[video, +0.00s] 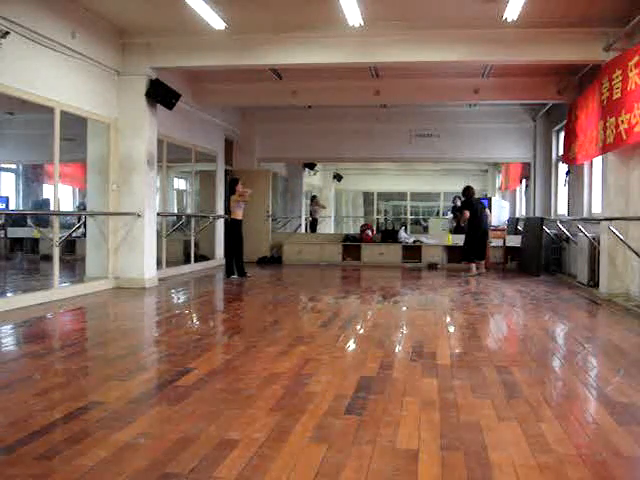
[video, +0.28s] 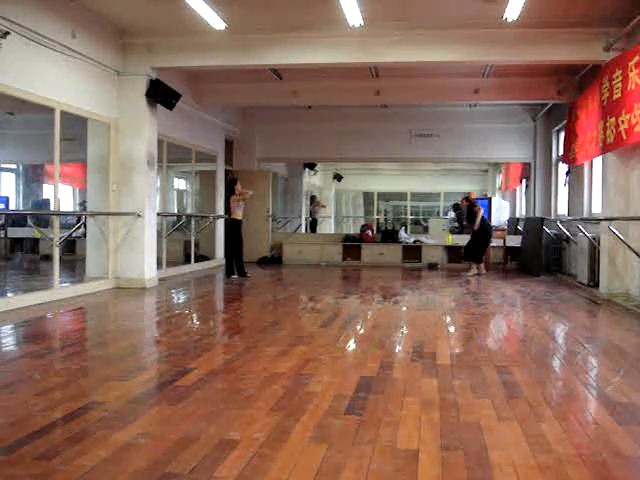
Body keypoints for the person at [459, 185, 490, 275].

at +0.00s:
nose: (464, 196)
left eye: (464, 194)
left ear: (464, 194)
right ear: (473, 193)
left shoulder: (466, 202)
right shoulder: (479, 202)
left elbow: (466, 215)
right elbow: (488, 214)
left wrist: (461, 222)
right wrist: (487, 223)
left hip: (472, 229)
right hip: (483, 228)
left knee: (470, 248)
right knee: (481, 248)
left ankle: (472, 268)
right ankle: (482, 267)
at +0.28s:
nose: (461, 205)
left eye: (462, 203)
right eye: (461, 203)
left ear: (466, 202)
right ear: (466, 202)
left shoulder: (472, 206)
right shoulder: (469, 209)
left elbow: (480, 210)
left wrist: (477, 223)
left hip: (483, 230)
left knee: (470, 248)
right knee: (478, 249)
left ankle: (474, 268)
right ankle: (481, 268)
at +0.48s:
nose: (466, 203)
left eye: (467, 201)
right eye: (464, 202)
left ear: (471, 200)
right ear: (463, 203)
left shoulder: (477, 206)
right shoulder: (467, 215)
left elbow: (489, 204)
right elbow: (465, 231)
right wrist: (458, 241)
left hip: (488, 229)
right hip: (478, 231)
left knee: (481, 249)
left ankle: (483, 270)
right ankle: (483, 269)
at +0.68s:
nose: (474, 195)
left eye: (475, 192)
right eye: (472, 193)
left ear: (479, 193)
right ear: (470, 194)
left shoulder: (485, 199)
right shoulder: (468, 205)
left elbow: (496, 204)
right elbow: (466, 221)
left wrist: (505, 208)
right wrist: (465, 226)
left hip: (489, 225)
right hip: (478, 227)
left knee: (490, 247)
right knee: (481, 248)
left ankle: (490, 270)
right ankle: (486, 269)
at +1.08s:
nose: (482, 187)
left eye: (484, 186)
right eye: (481, 185)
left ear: (489, 188)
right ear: (479, 188)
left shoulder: (494, 200)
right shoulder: (474, 200)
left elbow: (499, 213)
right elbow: (469, 214)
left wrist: (493, 220)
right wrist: (467, 226)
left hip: (490, 227)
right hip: (478, 227)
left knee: (490, 248)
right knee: (478, 249)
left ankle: (488, 269)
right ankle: (480, 272)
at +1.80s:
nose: (489, 185)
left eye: (491, 183)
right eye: (489, 183)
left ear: (497, 184)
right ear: (491, 185)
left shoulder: (504, 198)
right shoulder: (485, 197)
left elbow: (510, 213)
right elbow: (483, 212)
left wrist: (500, 210)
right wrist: (480, 223)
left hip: (501, 227)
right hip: (488, 226)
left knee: (499, 250)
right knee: (485, 248)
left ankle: (497, 275)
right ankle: (487, 273)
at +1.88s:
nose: (489, 184)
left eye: (491, 182)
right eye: (489, 182)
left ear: (497, 183)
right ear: (491, 183)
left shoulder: (504, 196)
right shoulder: (486, 196)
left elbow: (509, 211)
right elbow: (485, 209)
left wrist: (497, 207)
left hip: (501, 225)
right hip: (488, 224)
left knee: (500, 248)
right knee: (484, 246)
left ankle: (498, 274)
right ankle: (490, 271)